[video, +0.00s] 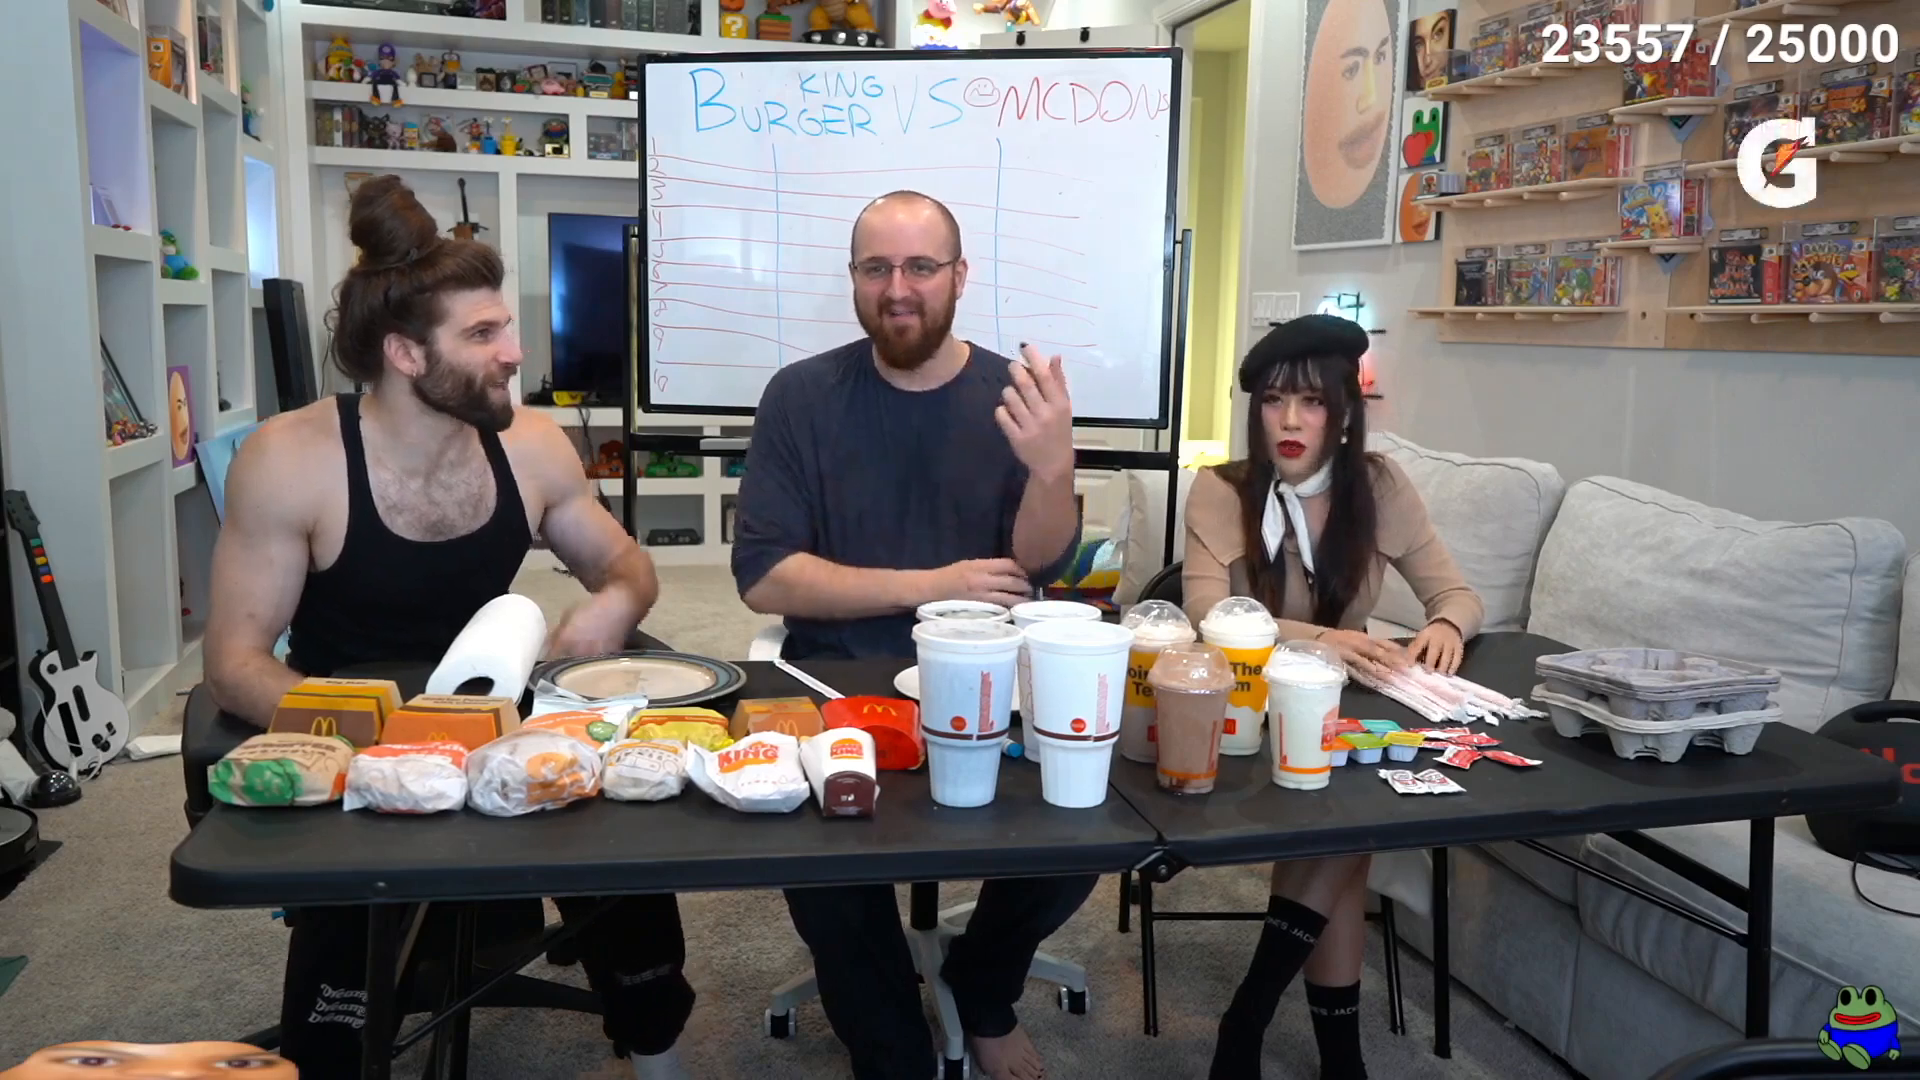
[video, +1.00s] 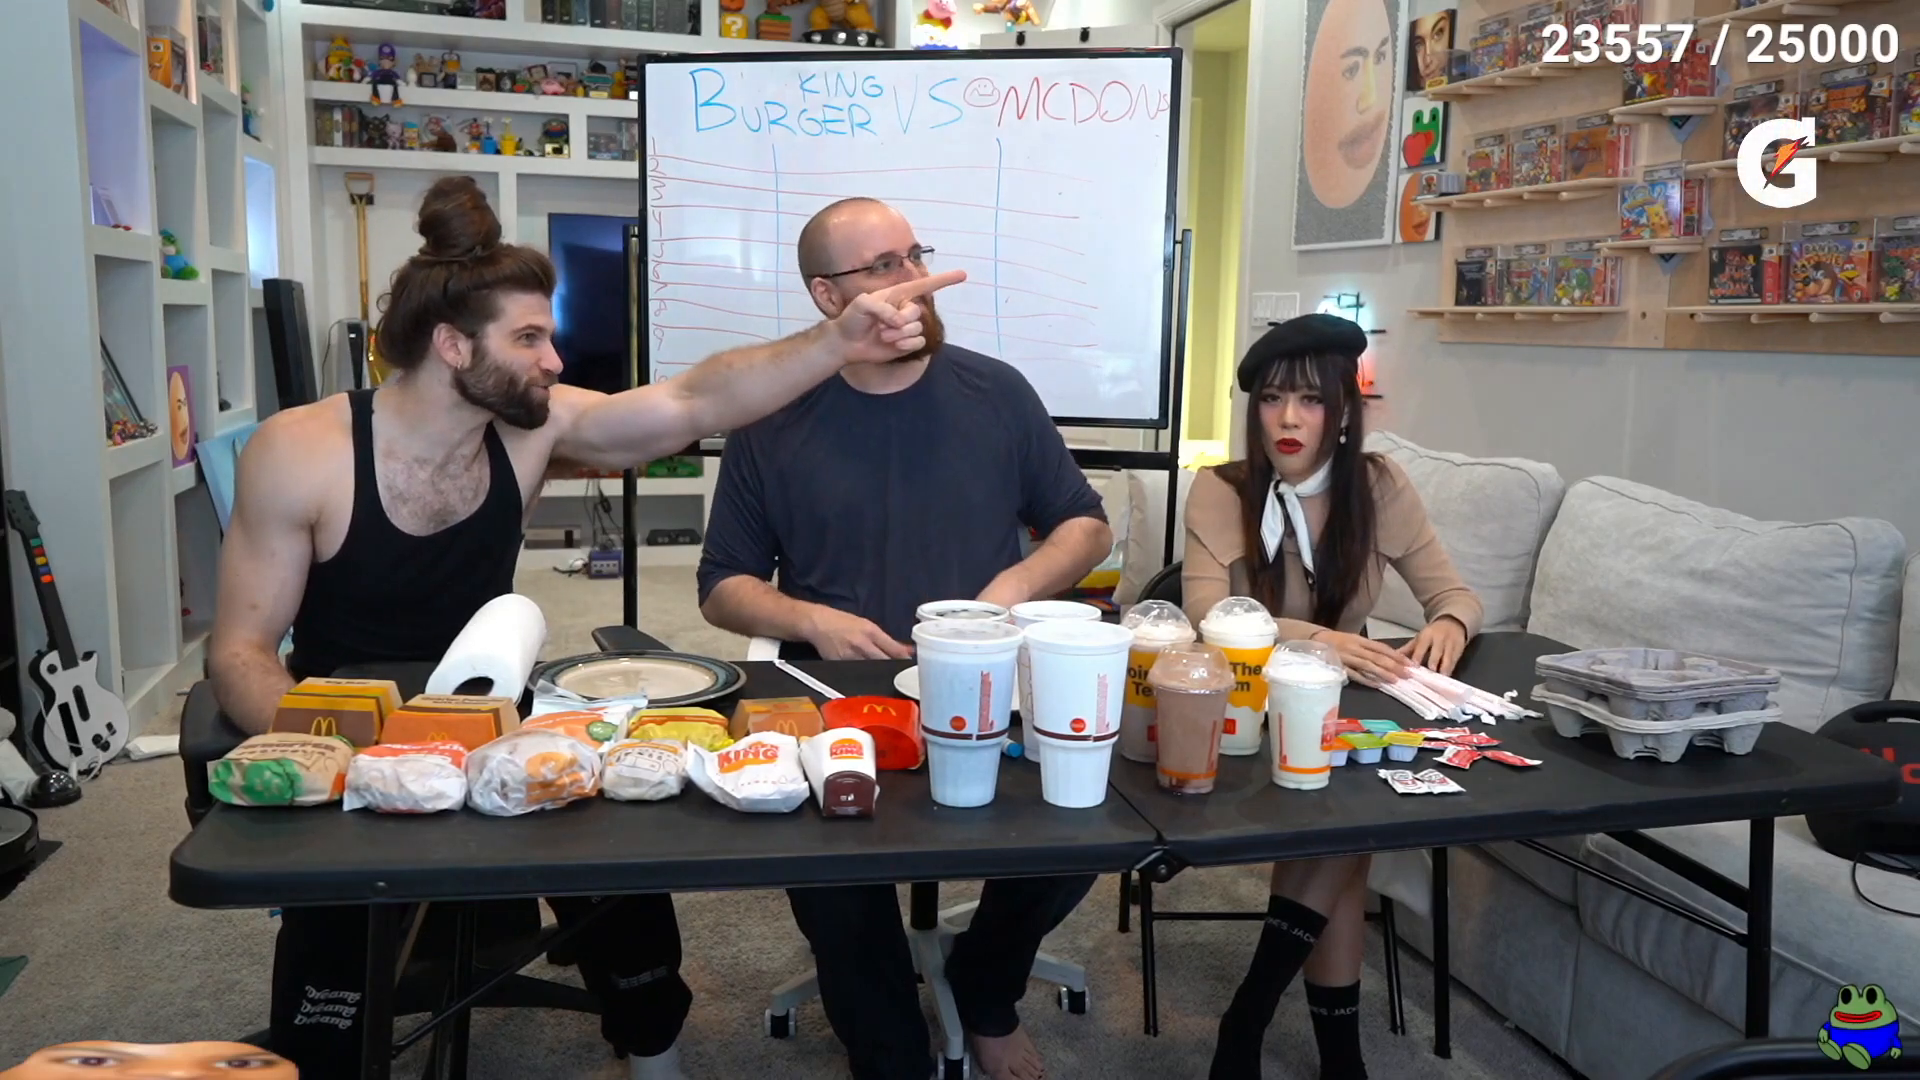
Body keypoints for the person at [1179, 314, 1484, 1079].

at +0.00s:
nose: (1290, 419)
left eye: (1312, 401)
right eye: (1275, 400)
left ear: (1345, 412)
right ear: (1254, 407)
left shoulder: (1378, 483)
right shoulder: (1219, 491)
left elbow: (1454, 593)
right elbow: (1211, 620)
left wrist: (1448, 623)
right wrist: (1318, 636)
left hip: (1339, 705)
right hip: (1242, 710)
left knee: (1346, 816)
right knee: (1350, 830)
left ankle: (1244, 1023)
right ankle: (1343, 1064)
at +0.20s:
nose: (1283, 419)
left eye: (1305, 401)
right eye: (1269, 400)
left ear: (1341, 410)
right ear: (1251, 407)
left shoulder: (1375, 481)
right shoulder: (1220, 491)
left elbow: (1456, 594)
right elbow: (1211, 622)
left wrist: (1446, 622)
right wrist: (1323, 639)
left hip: (1337, 704)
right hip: (1241, 708)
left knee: (1343, 817)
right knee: (1348, 831)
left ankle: (1243, 1024)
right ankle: (1343, 1064)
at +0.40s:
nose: (1283, 419)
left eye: (1305, 401)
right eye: (1268, 400)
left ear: (1341, 410)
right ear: (1250, 408)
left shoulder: (1375, 481)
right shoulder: (1220, 491)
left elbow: (1454, 594)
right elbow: (1210, 622)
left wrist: (1449, 621)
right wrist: (1316, 635)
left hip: (1338, 702)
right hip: (1241, 708)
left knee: (1341, 819)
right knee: (1348, 831)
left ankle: (1243, 1024)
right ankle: (1343, 1064)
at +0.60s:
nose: (1287, 419)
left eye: (1308, 400)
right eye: (1272, 399)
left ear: (1343, 411)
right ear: (1252, 408)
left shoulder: (1375, 481)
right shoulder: (1220, 491)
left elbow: (1450, 593)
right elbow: (1210, 623)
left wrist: (1454, 625)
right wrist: (1316, 638)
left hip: (1339, 703)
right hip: (1242, 708)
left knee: (1342, 820)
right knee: (1349, 833)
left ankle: (1244, 1025)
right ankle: (1343, 1064)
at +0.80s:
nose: (1287, 419)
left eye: (1309, 400)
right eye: (1272, 399)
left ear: (1344, 411)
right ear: (1252, 407)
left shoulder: (1376, 481)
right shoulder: (1221, 491)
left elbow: (1451, 594)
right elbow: (1210, 622)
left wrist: (1451, 625)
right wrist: (1316, 638)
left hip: (1336, 705)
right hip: (1239, 710)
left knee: (1344, 816)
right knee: (1351, 831)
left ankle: (1245, 1024)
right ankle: (1342, 1064)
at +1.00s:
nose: (1289, 418)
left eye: (1311, 399)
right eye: (1274, 398)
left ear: (1345, 411)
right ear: (1253, 406)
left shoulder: (1376, 482)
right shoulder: (1221, 491)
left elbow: (1453, 595)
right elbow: (1209, 623)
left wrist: (1450, 624)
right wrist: (1312, 636)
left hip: (1337, 706)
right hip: (1241, 710)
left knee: (1346, 816)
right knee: (1350, 832)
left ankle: (1244, 1025)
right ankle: (1343, 1064)